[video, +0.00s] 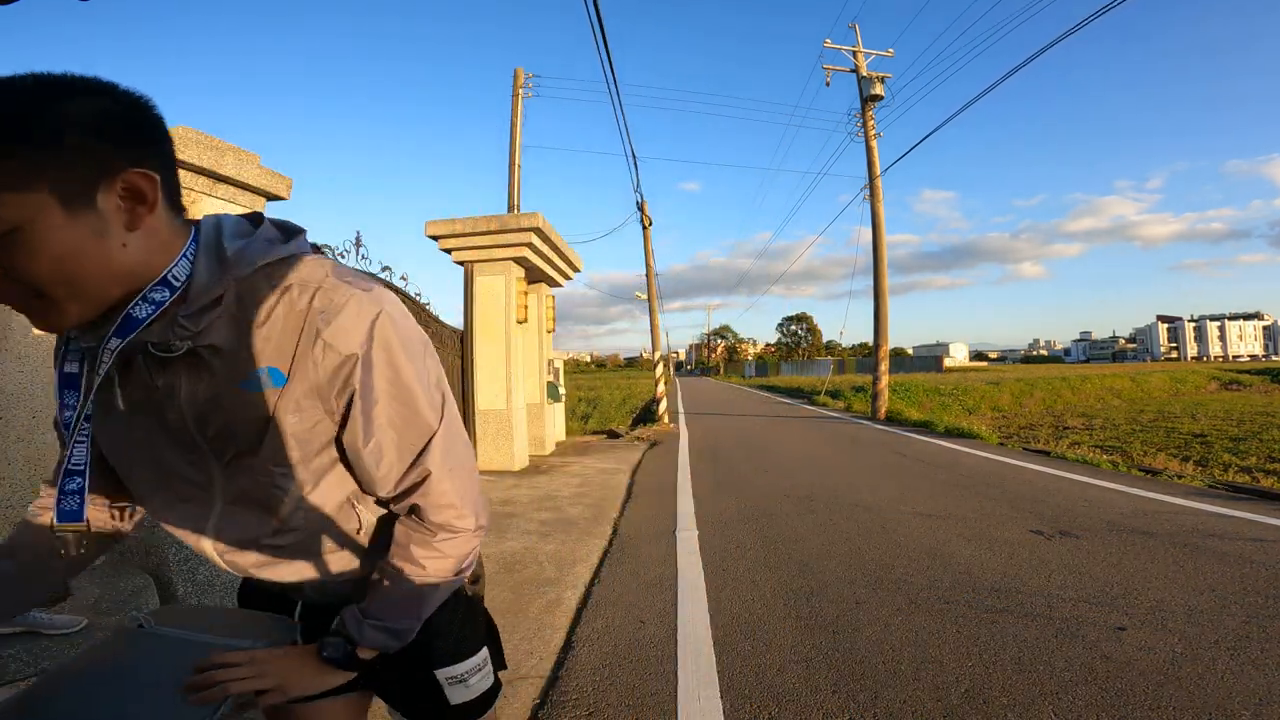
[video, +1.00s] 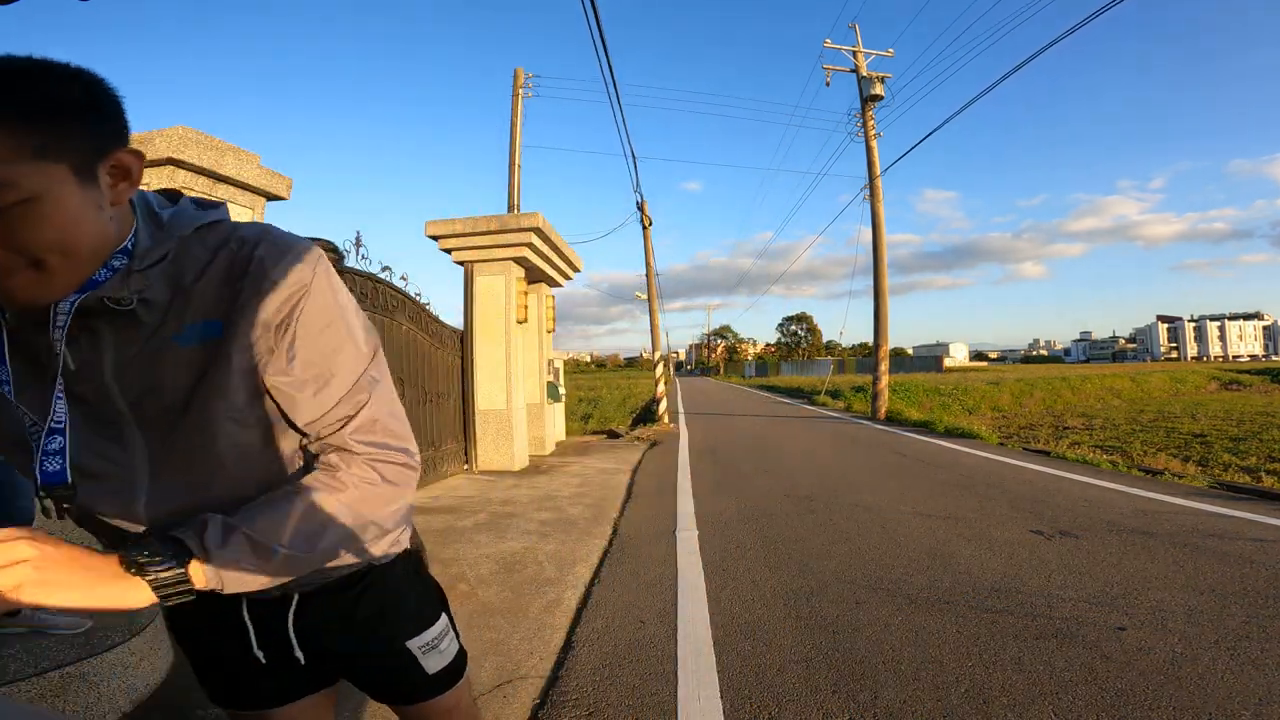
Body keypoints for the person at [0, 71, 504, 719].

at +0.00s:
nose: (1, 279)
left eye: (11, 235)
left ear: (132, 203)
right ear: (134, 206)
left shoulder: (336, 318)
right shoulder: (99, 346)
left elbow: (449, 515)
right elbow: (87, 509)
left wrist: (344, 653)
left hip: (405, 589)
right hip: (278, 597)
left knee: (454, 707)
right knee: (297, 708)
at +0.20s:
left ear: (9, 224)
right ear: (14, 224)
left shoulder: (271, 322)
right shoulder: (28, 378)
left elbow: (437, 499)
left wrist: (367, 633)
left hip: (385, 596)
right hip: (247, 605)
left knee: (454, 705)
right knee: (301, 709)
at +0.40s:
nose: (296, 275)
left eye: (304, 265)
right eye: (294, 265)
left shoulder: (221, 323)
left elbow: (409, 477)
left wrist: (366, 612)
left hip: (368, 586)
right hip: (228, 610)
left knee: (449, 709)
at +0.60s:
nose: (290, 271)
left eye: (298, 262)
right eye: (291, 262)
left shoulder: (208, 312)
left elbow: (397, 459)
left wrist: (353, 604)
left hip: (358, 573)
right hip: (216, 601)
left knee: (442, 706)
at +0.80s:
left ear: (36, 204)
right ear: (32, 205)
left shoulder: (237, 290)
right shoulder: (14, 375)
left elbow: (418, 437)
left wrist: (298, 579)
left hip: (361, 566)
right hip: (217, 599)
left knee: (446, 708)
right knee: (285, 711)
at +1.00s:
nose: (3, 240)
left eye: (17, 204)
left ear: (118, 181)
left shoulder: (275, 281)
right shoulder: (22, 330)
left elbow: (380, 471)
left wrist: (148, 572)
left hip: (355, 565)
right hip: (212, 595)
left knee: (442, 705)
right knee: (284, 709)